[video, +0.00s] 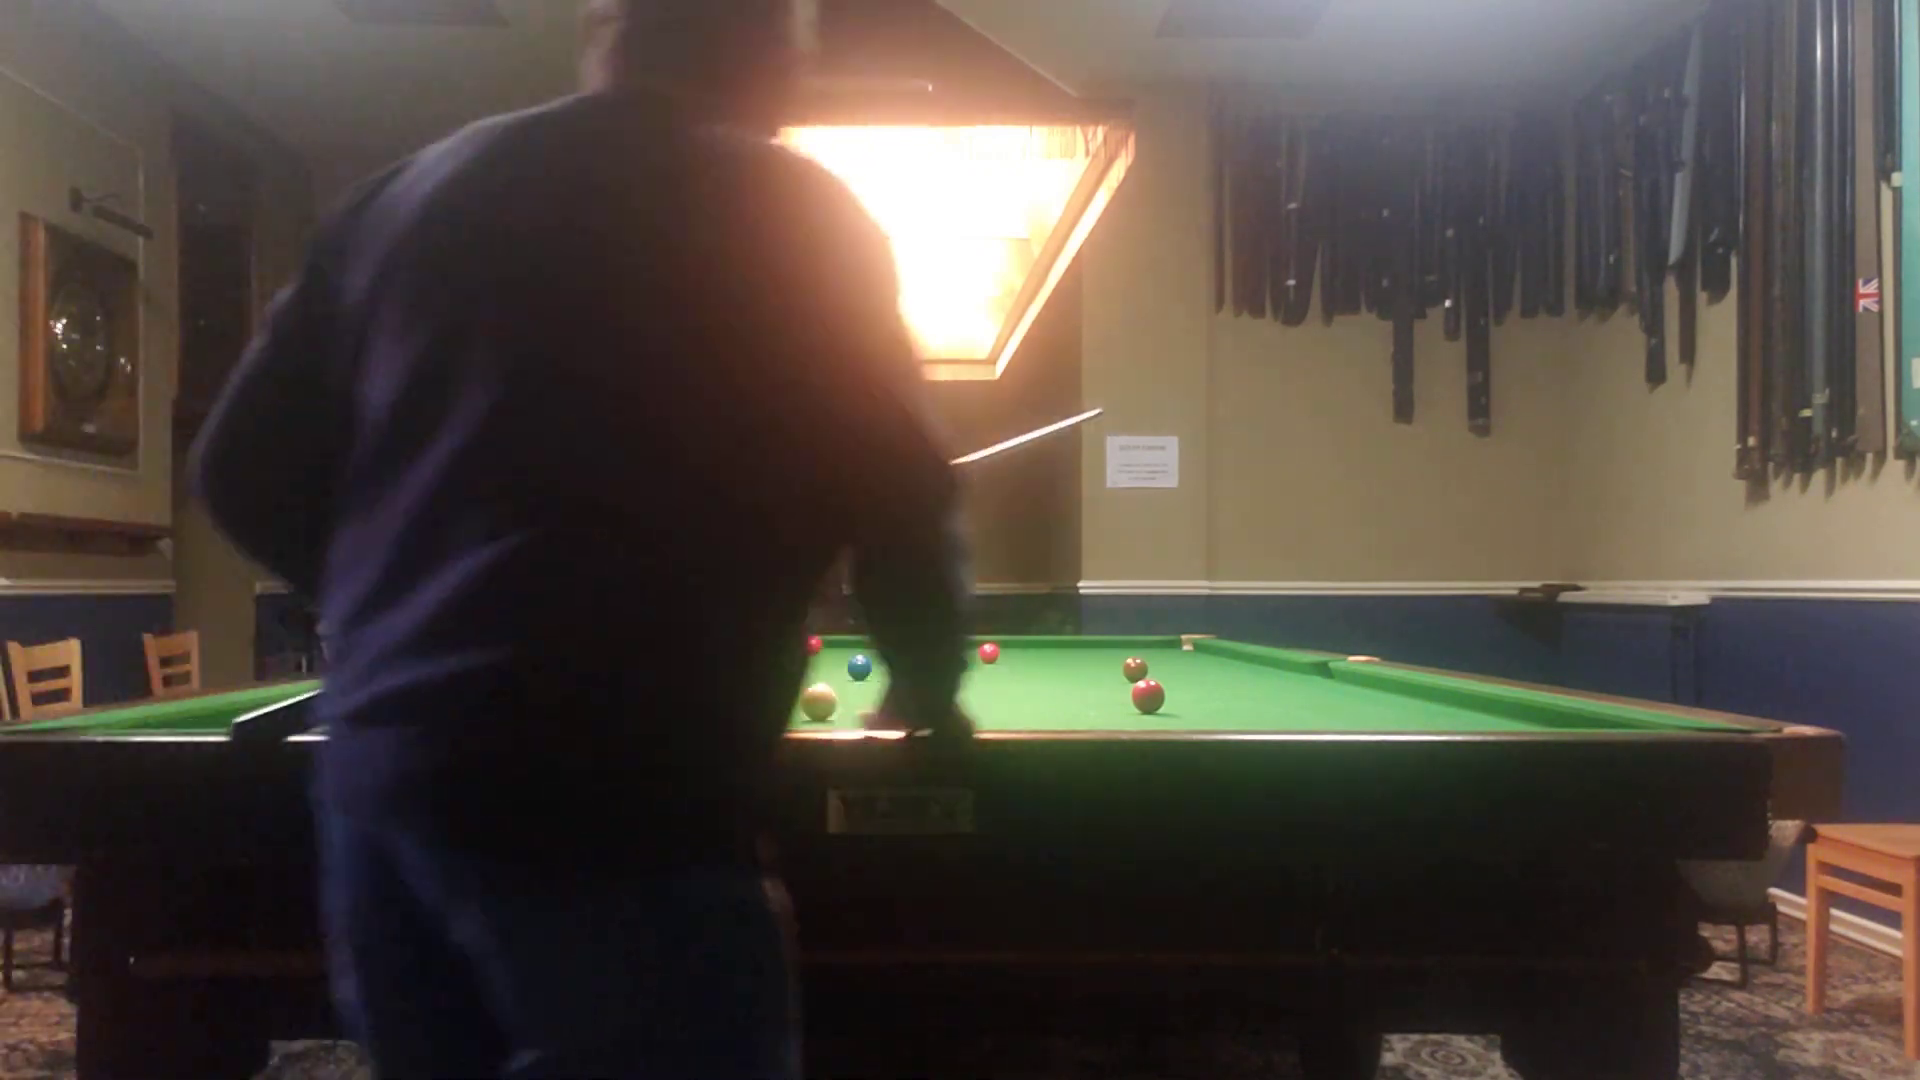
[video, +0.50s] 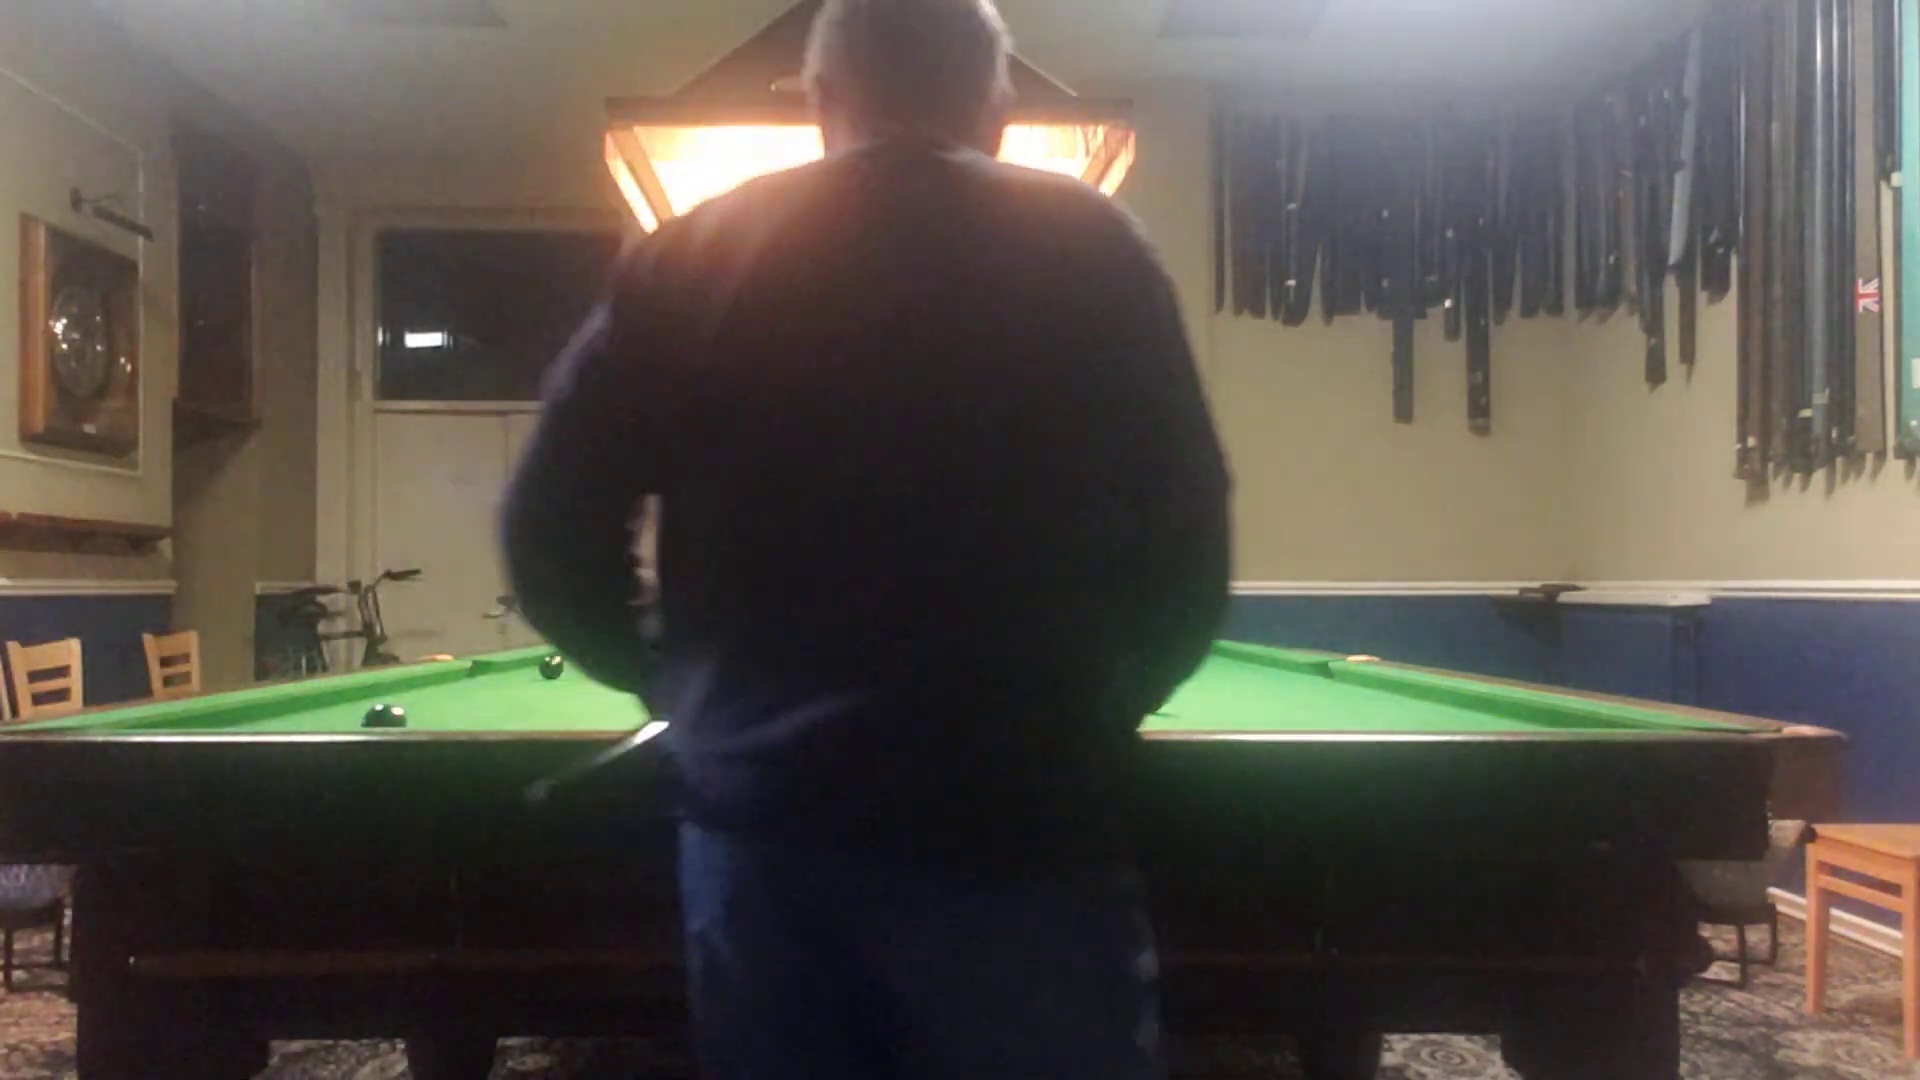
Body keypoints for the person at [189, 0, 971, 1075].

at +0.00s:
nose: (796, 94)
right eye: (793, 69)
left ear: (602, 52)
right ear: (771, 68)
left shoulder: (410, 193)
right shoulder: (805, 214)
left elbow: (244, 463)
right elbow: (905, 504)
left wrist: (388, 585)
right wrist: (927, 695)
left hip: (378, 781)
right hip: (636, 789)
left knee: (428, 1063)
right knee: (677, 1062)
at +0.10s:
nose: (866, 87)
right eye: (865, 66)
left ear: (668, 37)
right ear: (845, 70)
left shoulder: (476, 182)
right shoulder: (887, 211)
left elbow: (299, 450)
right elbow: (975, 502)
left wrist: (457, 586)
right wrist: (973, 686)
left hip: (458, 759)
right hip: (719, 777)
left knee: (492, 1066)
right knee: (729, 1060)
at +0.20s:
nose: (921, 92)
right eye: (923, 75)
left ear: (725, 37)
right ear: (907, 80)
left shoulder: (544, 188)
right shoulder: (960, 222)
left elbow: (357, 455)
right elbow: (1042, 524)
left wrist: (506, 604)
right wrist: (1008, 697)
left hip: (538, 776)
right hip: (807, 782)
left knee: (549, 1065)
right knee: (786, 1063)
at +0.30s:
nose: (966, 91)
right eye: (964, 66)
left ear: (767, 54)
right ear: (947, 72)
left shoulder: (601, 211)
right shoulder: (1012, 234)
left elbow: (422, 478)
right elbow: (1096, 579)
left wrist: (559, 631)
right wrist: (1031, 713)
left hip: (617, 790)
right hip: (880, 798)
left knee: (633, 1063)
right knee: (850, 1062)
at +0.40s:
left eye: (776, 77)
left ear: (789, 86)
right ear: (967, 97)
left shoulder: (655, 243)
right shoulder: (1055, 249)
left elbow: (488, 518)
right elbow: (1142, 564)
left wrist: (617, 667)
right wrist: (1053, 712)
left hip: (702, 815)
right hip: (964, 813)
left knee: (725, 1066)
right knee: (954, 1061)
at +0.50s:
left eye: (816, 98)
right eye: (1006, 93)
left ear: (817, 100)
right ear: (998, 103)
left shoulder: (695, 256)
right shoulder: (1094, 249)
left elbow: (550, 536)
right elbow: (1187, 573)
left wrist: (683, 685)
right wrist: (1076, 708)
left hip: (760, 834)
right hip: (1027, 831)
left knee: (779, 1070)